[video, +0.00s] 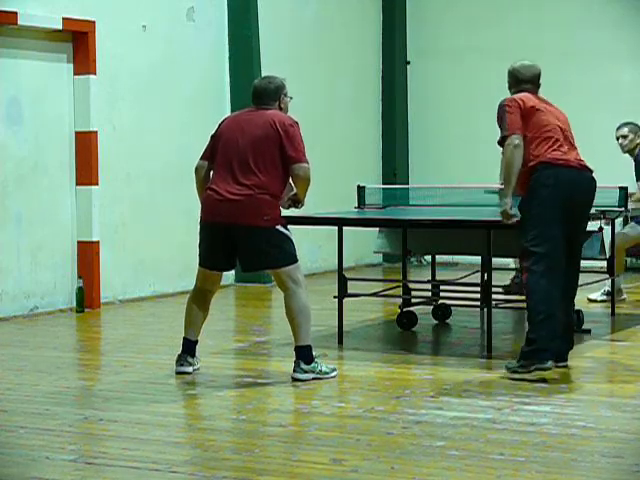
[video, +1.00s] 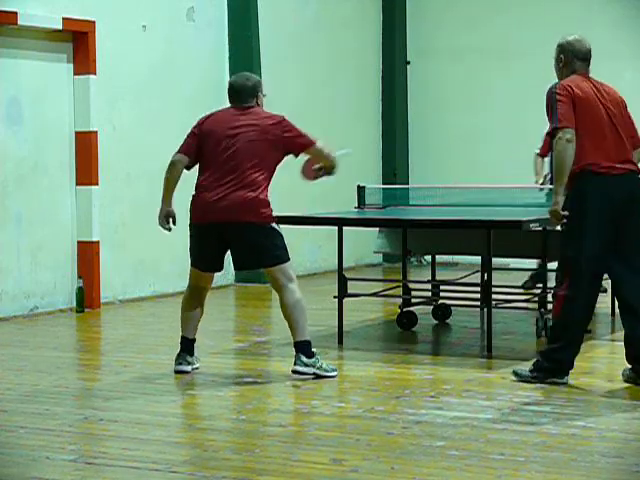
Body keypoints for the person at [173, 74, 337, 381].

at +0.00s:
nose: (289, 104)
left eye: (289, 99)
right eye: (288, 99)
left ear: (255, 101)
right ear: (279, 101)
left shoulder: (229, 122)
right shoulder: (284, 123)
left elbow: (202, 169)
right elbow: (301, 173)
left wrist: (209, 204)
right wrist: (298, 196)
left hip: (215, 215)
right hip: (260, 215)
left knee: (204, 287)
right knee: (293, 285)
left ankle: (187, 355)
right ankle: (305, 361)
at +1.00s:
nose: (265, 99)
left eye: (262, 95)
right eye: (263, 95)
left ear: (229, 98)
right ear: (259, 98)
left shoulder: (208, 123)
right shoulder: (275, 124)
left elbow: (177, 163)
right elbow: (326, 159)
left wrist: (166, 204)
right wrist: (321, 168)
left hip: (206, 216)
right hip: (252, 215)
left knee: (197, 287)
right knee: (286, 283)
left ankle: (185, 354)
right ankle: (305, 355)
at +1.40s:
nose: (244, 103)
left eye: (242, 98)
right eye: (242, 99)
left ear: (209, 105)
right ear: (235, 102)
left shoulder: (190, 135)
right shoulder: (253, 130)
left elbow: (158, 179)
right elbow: (291, 167)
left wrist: (147, 221)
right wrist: (298, 198)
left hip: (200, 228)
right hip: (245, 225)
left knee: (195, 287)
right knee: (282, 288)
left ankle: (185, 355)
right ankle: (305, 359)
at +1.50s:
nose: (227, 96)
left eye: (225, 91)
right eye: (225, 92)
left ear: (194, 97)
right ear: (220, 95)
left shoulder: (175, 128)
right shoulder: (235, 124)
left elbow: (147, 174)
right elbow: (258, 162)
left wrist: (140, 213)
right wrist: (278, 195)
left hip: (186, 222)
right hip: (230, 219)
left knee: (189, 287)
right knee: (264, 283)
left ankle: (185, 355)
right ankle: (293, 354)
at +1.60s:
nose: (215, 89)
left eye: (213, 85)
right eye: (213, 85)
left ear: (183, 89)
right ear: (205, 88)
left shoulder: (162, 121)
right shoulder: (219, 116)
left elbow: (137, 167)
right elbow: (237, 157)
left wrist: (139, 206)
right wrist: (261, 193)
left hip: (173, 218)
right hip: (215, 215)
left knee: (185, 284)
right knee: (245, 278)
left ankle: (184, 355)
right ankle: (246, 354)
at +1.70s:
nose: (204, 84)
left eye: (202, 79)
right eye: (201, 80)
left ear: (172, 84)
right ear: (193, 83)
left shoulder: (152, 116)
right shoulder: (206, 111)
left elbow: (131, 167)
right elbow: (224, 155)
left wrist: (138, 204)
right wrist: (248, 187)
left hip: (161, 214)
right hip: (201, 212)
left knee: (180, 282)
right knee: (223, 281)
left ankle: (183, 355)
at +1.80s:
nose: (195, 84)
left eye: (193, 79)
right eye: (192, 79)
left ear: (163, 83)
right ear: (184, 82)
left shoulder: (143, 115)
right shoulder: (195, 111)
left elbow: (123, 166)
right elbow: (217, 159)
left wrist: (132, 200)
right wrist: (240, 187)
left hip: (147, 214)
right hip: (184, 213)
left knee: (173, 282)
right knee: (197, 285)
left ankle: (183, 354)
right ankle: (146, 344)